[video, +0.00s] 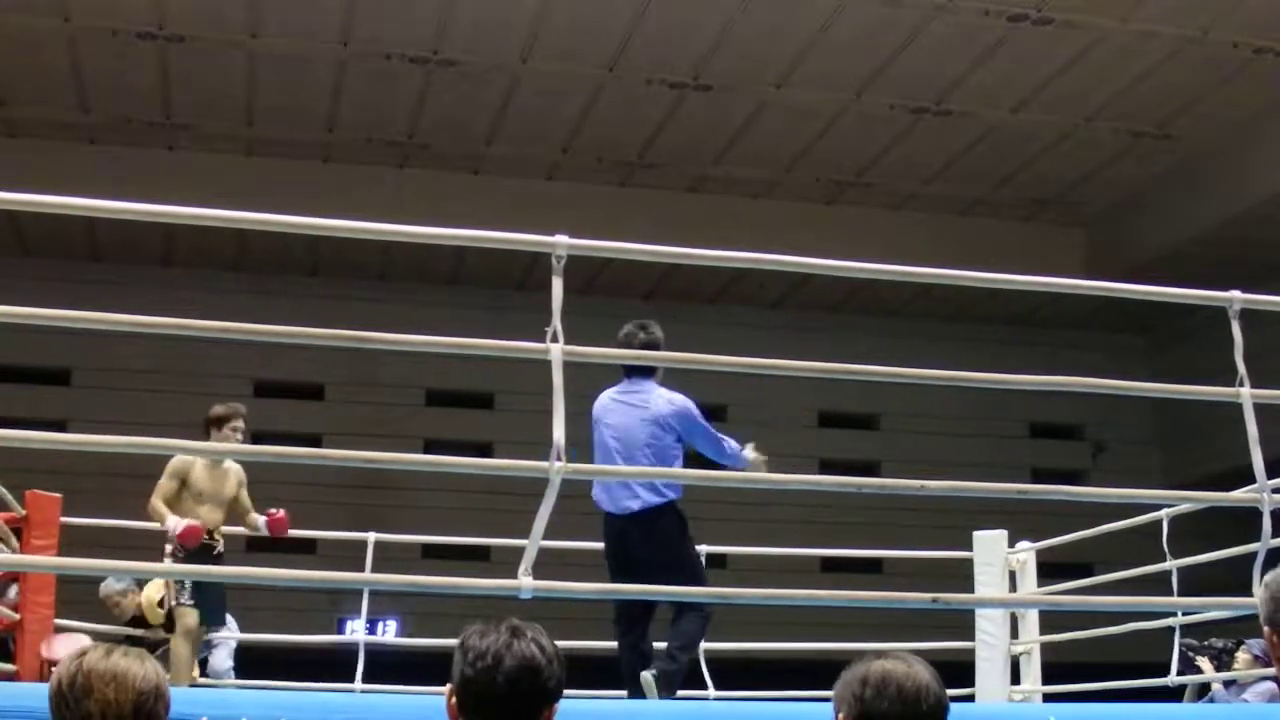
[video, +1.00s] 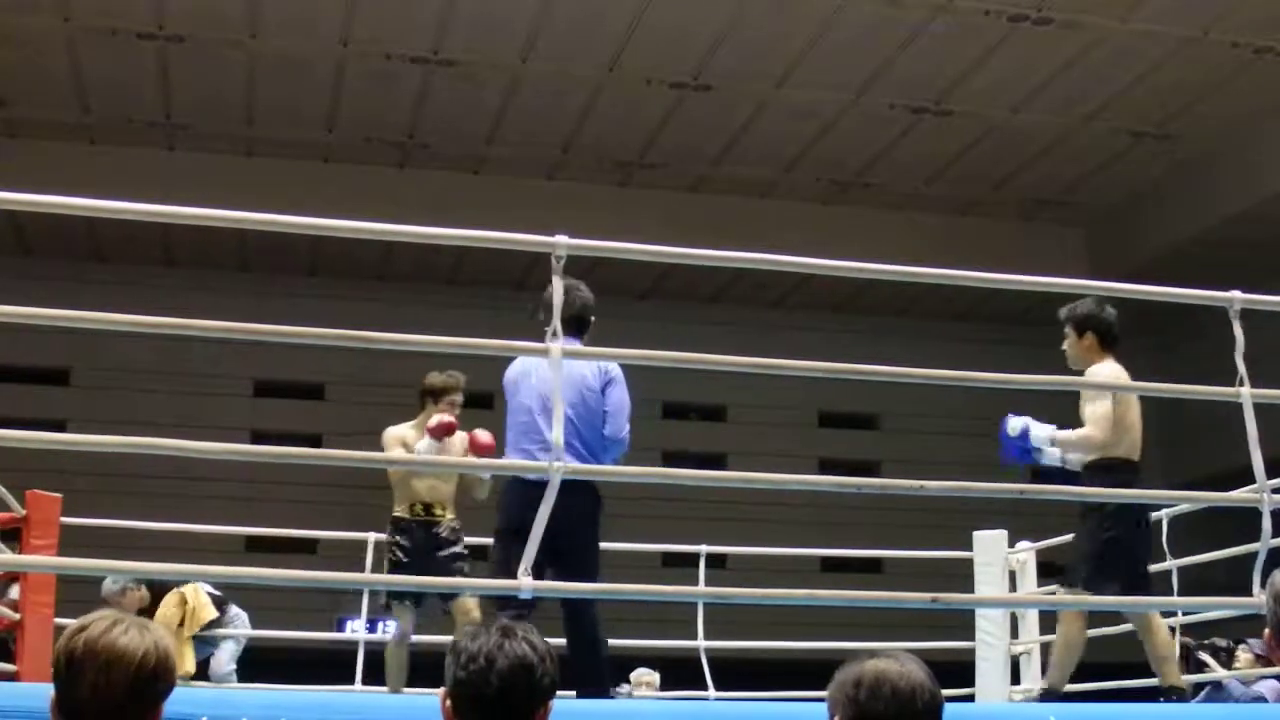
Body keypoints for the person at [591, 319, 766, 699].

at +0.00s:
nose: (657, 359)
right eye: (659, 353)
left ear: (622, 358)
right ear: (660, 360)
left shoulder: (602, 403)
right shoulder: (673, 405)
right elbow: (713, 444)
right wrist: (744, 456)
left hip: (615, 524)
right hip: (661, 521)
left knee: (631, 610)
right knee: (694, 600)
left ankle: (635, 700)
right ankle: (664, 677)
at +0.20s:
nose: (660, 360)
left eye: (655, 354)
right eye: (658, 354)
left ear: (615, 359)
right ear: (652, 360)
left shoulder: (592, 409)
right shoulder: (670, 407)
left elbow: (600, 458)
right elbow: (694, 467)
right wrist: (698, 445)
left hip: (611, 524)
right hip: (657, 520)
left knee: (626, 609)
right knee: (681, 603)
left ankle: (635, 699)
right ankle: (645, 665)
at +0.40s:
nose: (659, 356)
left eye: (656, 349)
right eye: (656, 350)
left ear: (610, 356)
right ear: (646, 357)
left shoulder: (578, 407)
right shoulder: (659, 403)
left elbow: (555, 458)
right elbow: (657, 468)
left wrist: (589, 486)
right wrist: (672, 488)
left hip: (600, 521)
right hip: (643, 516)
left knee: (616, 610)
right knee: (649, 611)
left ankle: (630, 700)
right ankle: (611, 700)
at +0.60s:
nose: (649, 334)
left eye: (646, 326)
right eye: (646, 327)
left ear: (600, 331)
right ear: (636, 332)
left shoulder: (572, 379)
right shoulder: (645, 377)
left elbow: (548, 442)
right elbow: (651, 439)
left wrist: (569, 474)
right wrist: (654, 478)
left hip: (577, 496)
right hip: (621, 495)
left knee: (594, 587)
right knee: (620, 588)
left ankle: (600, 678)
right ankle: (608, 685)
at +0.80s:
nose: (622, 324)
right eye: (621, 319)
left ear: (576, 322)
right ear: (617, 325)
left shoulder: (548, 374)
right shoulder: (626, 373)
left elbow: (538, 444)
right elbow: (638, 442)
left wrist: (556, 479)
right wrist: (625, 472)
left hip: (554, 492)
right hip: (602, 494)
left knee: (550, 593)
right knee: (605, 592)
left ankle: (536, 690)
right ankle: (605, 691)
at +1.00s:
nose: (539, 318)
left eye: (542, 312)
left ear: (542, 318)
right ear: (588, 323)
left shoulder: (517, 369)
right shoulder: (606, 370)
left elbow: (517, 422)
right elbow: (616, 434)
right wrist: (596, 465)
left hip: (521, 491)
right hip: (578, 494)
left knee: (511, 593)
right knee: (579, 596)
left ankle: (503, 697)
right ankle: (594, 696)